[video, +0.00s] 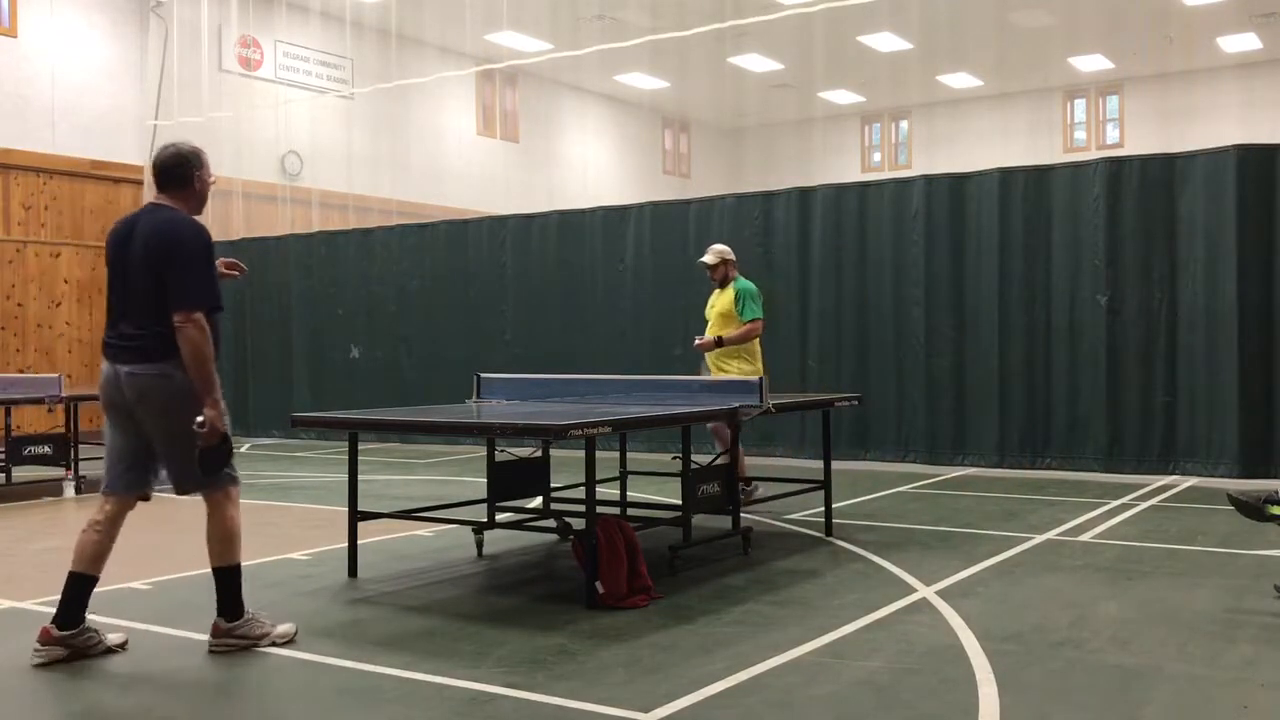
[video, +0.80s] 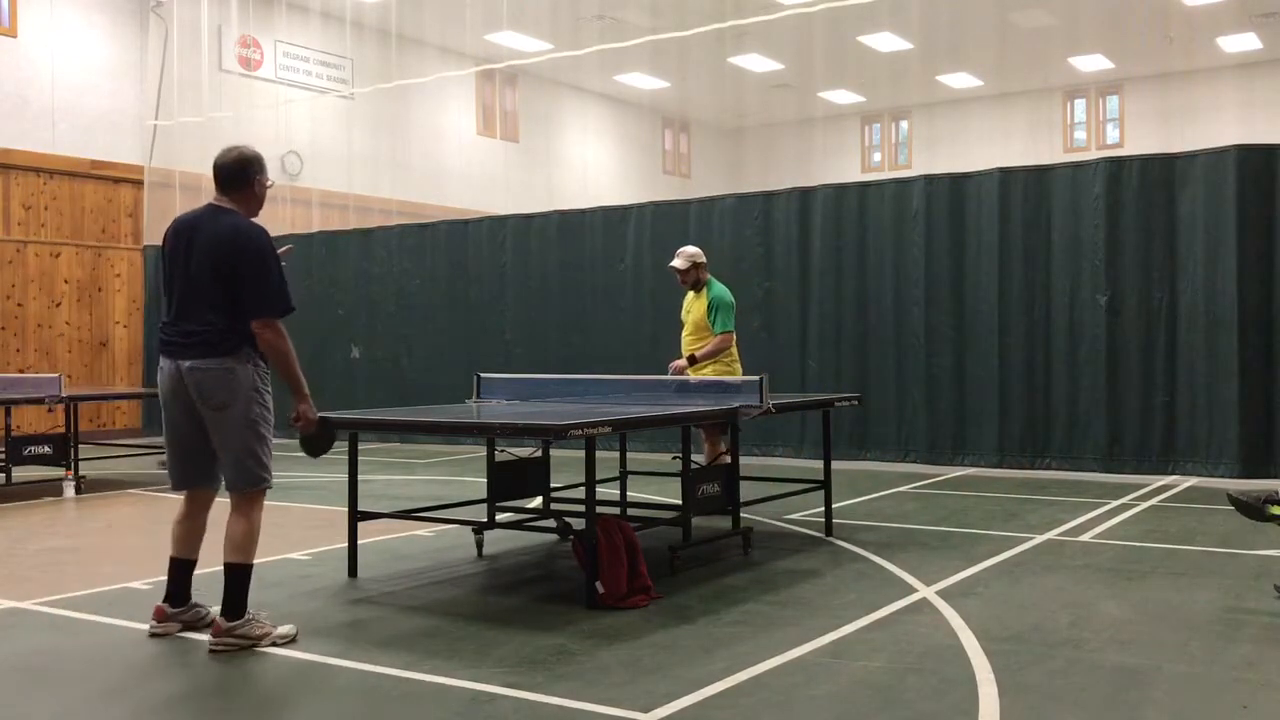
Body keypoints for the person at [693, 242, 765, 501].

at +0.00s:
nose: (710, 273)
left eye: (713, 268)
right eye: (708, 268)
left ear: (729, 265)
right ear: (715, 268)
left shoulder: (745, 288)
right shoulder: (719, 291)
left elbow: (755, 327)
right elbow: (721, 328)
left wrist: (716, 341)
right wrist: (706, 340)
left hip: (740, 375)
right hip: (719, 374)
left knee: (719, 424)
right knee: (720, 426)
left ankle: (742, 480)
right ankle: (740, 480)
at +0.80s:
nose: (680, 278)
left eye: (684, 272)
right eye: (678, 273)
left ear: (700, 269)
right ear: (676, 271)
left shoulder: (719, 296)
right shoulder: (692, 293)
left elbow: (726, 340)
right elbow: (698, 335)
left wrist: (690, 360)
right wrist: (687, 366)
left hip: (719, 376)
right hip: (699, 375)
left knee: (713, 433)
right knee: (707, 431)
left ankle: (712, 485)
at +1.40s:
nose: (678, 272)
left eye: (684, 265)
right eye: (676, 266)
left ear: (699, 264)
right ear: (674, 266)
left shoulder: (716, 293)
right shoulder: (689, 292)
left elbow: (724, 337)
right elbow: (691, 334)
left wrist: (688, 357)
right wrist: (679, 360)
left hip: (714, 375)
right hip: (694, 375)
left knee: (709, 432)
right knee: (703, 431)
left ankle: (710, 485)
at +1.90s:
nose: (678, 269)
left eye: (683, 263)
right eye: (676, 263)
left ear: (700, 262)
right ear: (675, 264)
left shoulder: (715, 291)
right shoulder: (691, 290)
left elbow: (719, 333)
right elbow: (689, 334)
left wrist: (678, 327)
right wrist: (678, 369)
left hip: (710, 377)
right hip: (689, 376)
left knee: (707, 433)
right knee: (704, 433)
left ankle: (715, 488)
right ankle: (716, 487)